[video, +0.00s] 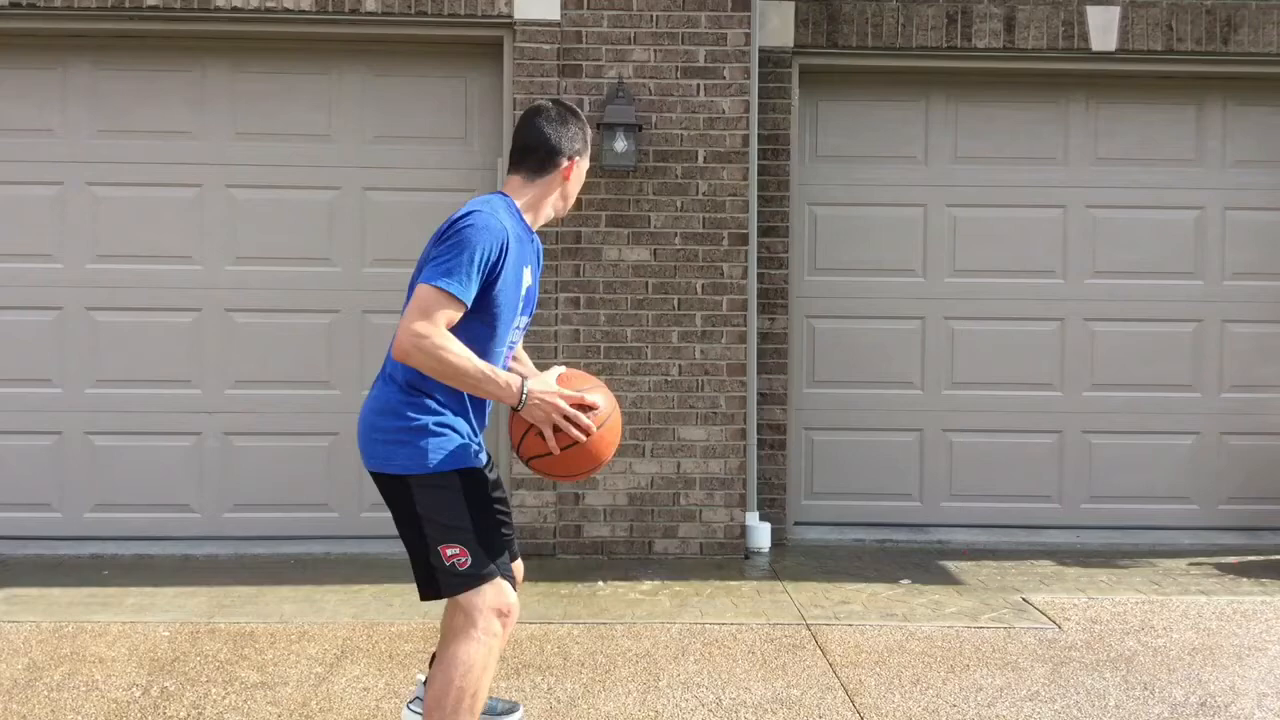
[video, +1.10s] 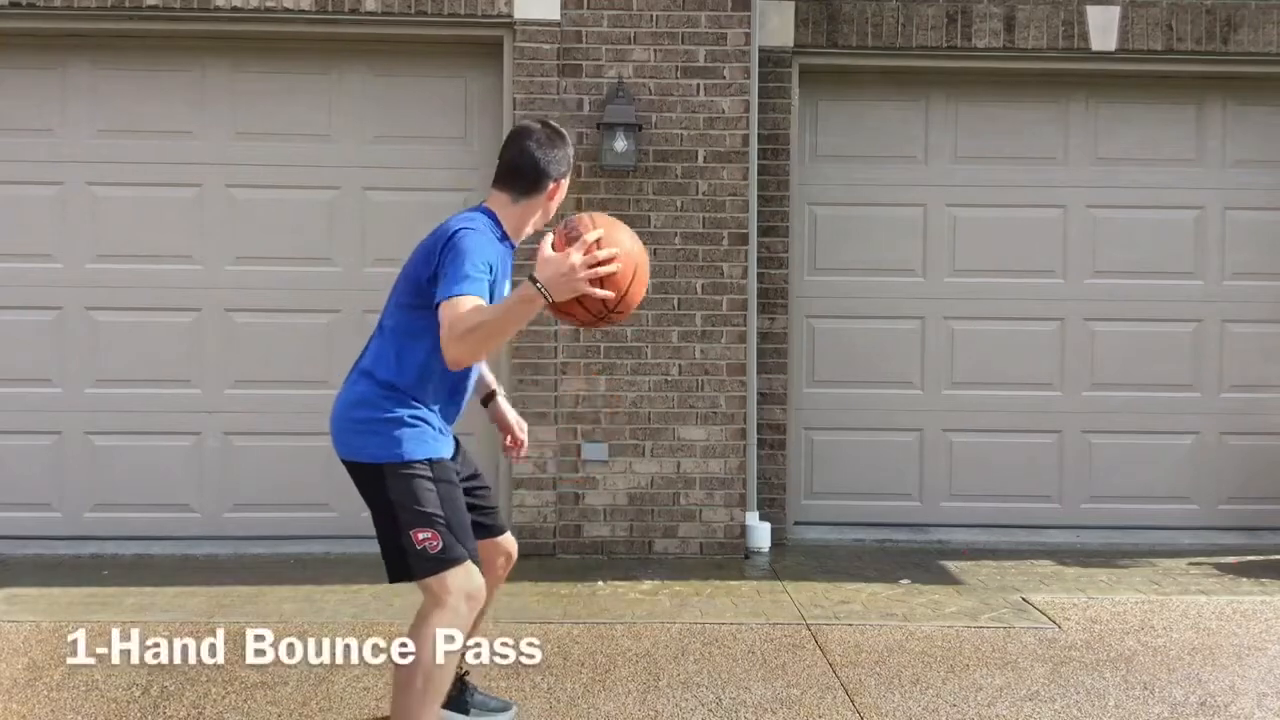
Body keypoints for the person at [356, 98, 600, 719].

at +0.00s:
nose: (582, 186)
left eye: (585, 172)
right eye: (585, 171)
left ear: (520, 158)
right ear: (569, 170)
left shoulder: (525, 246)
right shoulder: (484, 225)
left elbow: (502, 344)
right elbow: (415, 337)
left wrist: (545, 391)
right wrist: (517, 392)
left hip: (453, 432)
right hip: (418, 433)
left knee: (503, 579)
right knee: (486, 608)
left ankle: (443, 692)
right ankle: (449, 713)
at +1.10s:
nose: (559, 202)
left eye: (562, 191)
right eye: (563, 190)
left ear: (499, 173)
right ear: (553, 191)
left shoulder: (491, 246)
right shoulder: (471, 239)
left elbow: (453, 342)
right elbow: (458, 346)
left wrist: (494, 398)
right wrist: (541, 288)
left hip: (426, 425)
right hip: (388, 424)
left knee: (495, 552)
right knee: (457, 589)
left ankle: (442, 684)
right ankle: (411, 711)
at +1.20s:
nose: (564, 203)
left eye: (565, 193)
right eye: (567, 192)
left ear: (501, 178)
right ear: (557, 196)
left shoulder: (482, 240)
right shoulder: (477, 246)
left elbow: (424, 329)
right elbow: (499, 361)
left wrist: (454, 396)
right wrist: (562, 289)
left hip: (427, 424)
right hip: (394, 426)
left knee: (498, 549)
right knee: (458, 587)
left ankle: (441, 683)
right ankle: (409, 711)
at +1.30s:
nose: (559, 209)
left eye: (561, 198)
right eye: (562, 198)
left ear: (497, 181)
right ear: (552, 201)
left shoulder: (459, 233)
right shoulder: (494, 264)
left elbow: (398, 321)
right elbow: (533, 393)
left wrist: (444, 395)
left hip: (414, 424)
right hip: (397, 432)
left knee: (496, 545)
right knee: (458, 594)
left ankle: (442, 682)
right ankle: (410, 711)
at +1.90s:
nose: (547, 177)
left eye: (543, 168)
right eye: (546, 169)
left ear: (479, 172)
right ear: (538, 178)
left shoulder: (439, 229)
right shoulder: (523, 249)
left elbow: (377, 328)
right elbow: (575, 360)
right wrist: (613, 330)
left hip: (383, 420)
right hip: (424, 426)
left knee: (501, 542)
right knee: (485, 594)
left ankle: (431, 691)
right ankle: (439, 711)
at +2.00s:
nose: (544, 166)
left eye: (541, 156)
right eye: (543, 157)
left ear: (477, 160)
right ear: (533, 165)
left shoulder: (440, 220)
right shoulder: (522, 235)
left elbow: (383, 319)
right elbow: (614, 313)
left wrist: (449, 406)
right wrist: (659, 256)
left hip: (387, 416)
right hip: (425, 425)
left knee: (494, 542)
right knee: (483, 593)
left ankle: (431, 693)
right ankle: (436, 712)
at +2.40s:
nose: (573, 192)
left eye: (571, 181)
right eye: (574, 181)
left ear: (509, 173)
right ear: (566, 187)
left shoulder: (484, 230)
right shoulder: (499, 245)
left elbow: (404, 283)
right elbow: (576, 345)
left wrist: (405, 363)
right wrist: (648, 278)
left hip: (440, 425)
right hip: (418, 426)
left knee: (513, 551)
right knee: (475, 591)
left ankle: (430, 689)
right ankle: (432, 710)